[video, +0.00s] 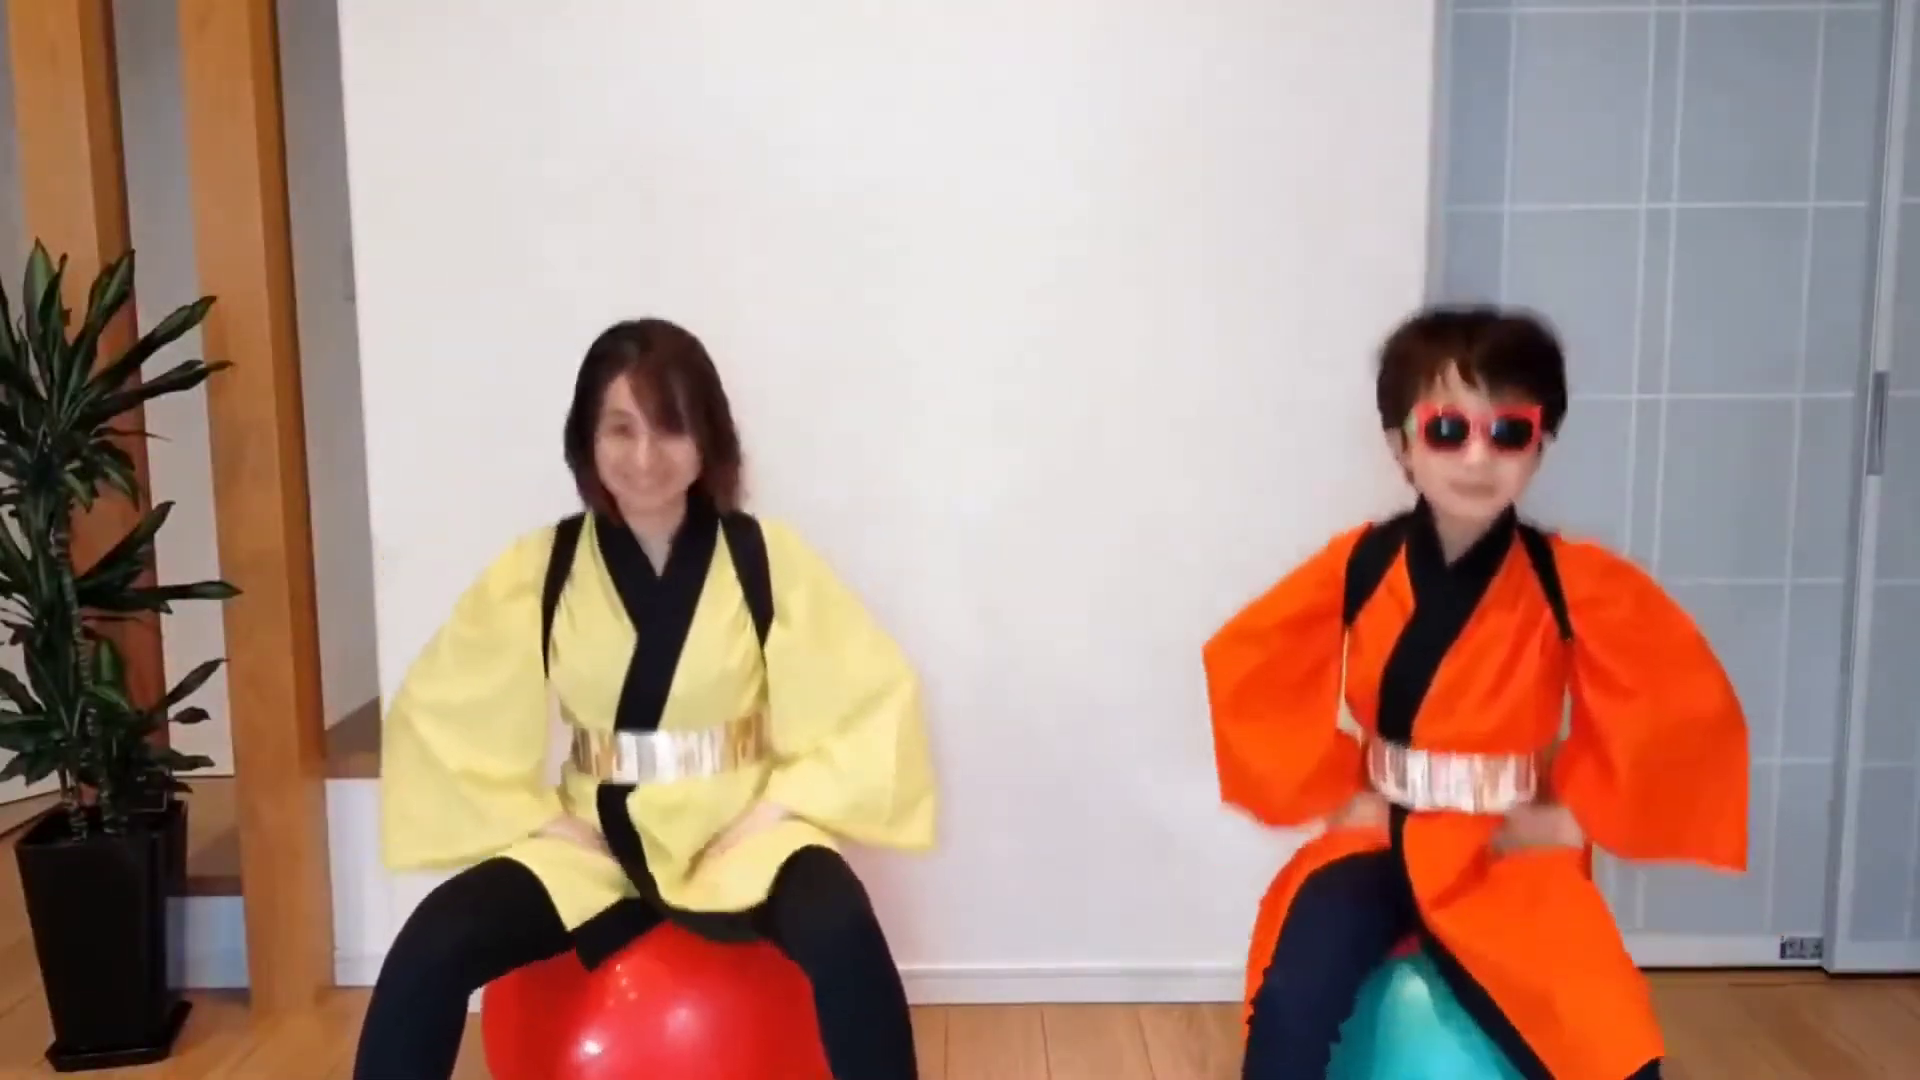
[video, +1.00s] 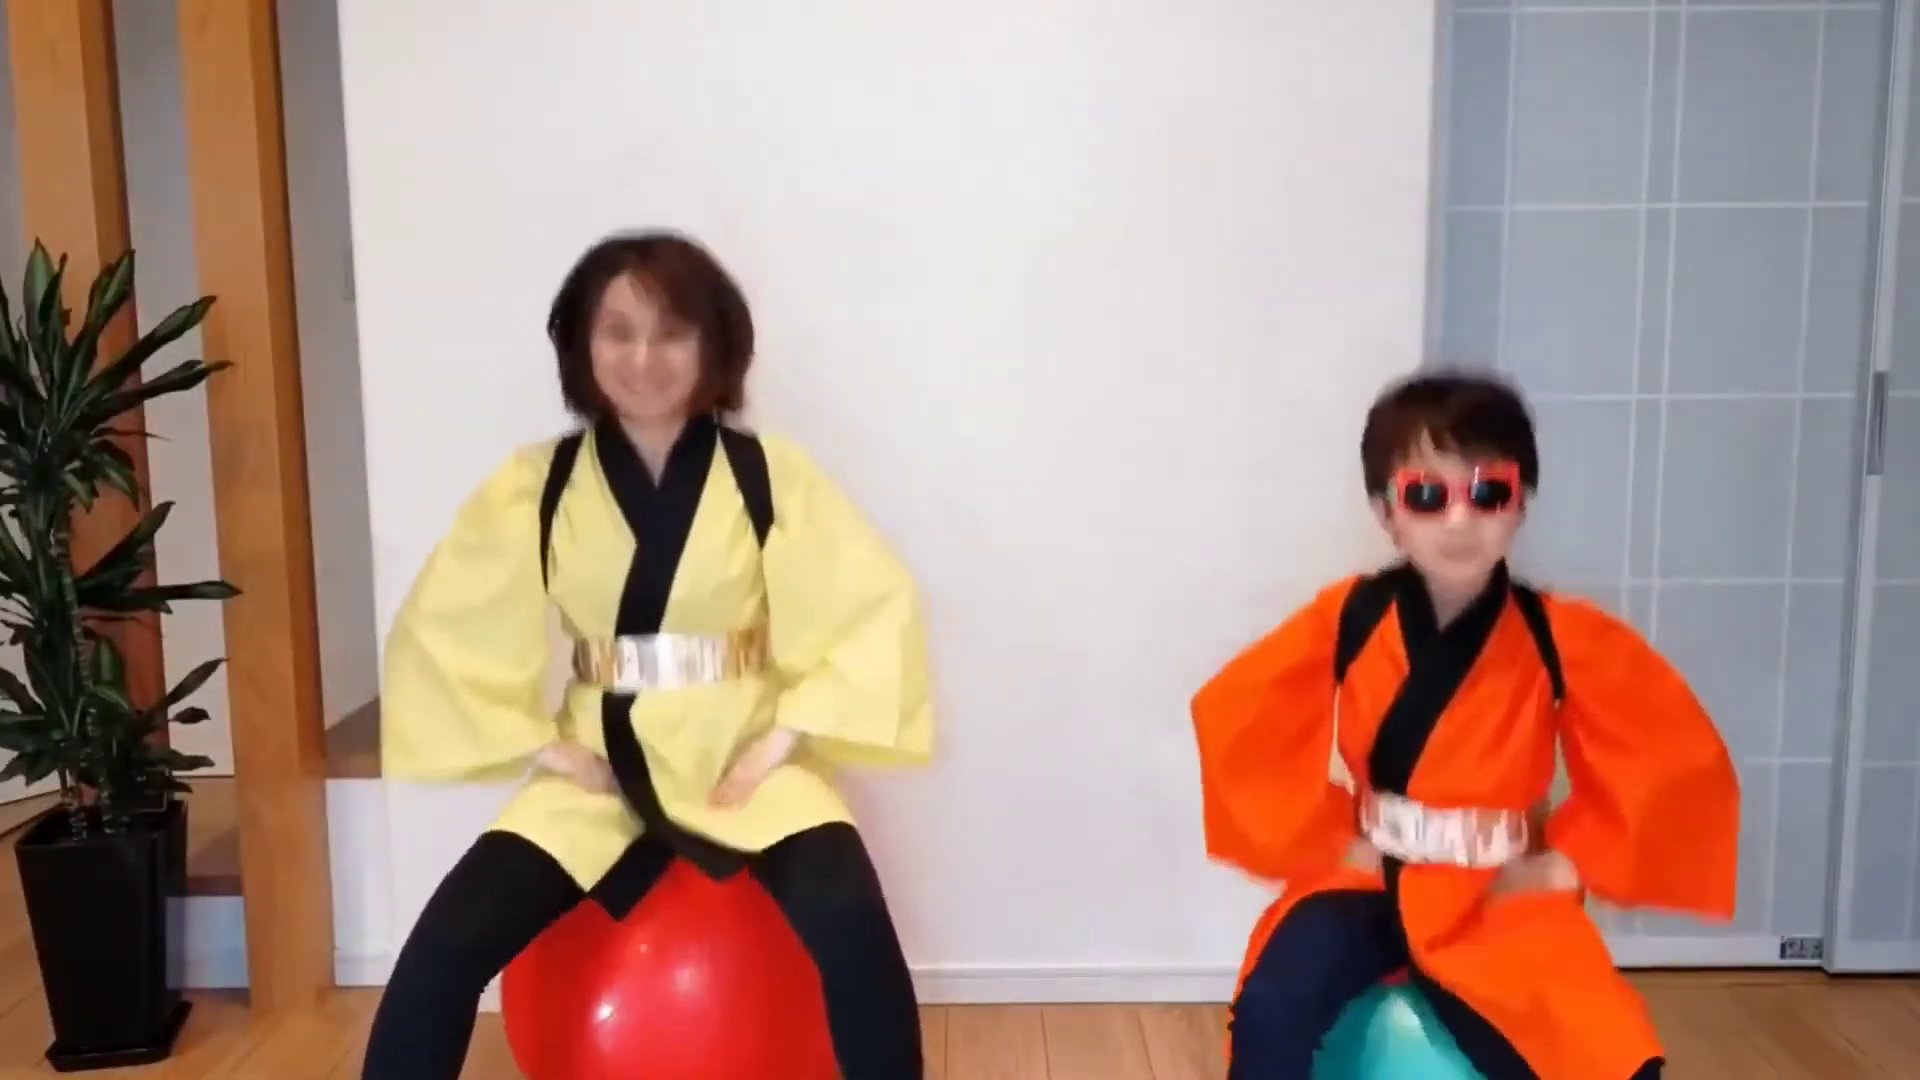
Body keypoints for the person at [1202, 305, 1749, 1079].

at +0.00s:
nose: (1477, 455)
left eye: (1510, 430)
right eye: (1446, 428)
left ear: (1541, 447)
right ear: (1402, 448)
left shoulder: (1572, 579)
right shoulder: (1361, 564)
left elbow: (1691, 709)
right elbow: (1241, 664)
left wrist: (1574, 816)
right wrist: (1337, 793)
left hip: (1514, 855)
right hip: (1375, 841)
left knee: (1615, 1041)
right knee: (1293, 997)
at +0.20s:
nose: (1473, 472)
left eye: (1505, 448)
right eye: (1443, 445)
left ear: (1538, 461)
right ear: (1401, 456)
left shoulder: (1570, 583)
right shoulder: (1360, 569)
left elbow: (1688, 702)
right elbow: (1233, 667)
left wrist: (1579, 814)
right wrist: (1330, 794)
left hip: (1513, 853)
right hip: (1374, 842)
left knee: (1611, 1039)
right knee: (1300, 983)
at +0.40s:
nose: (1465, 562)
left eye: (1496, 540)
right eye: (1435, 538)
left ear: (1528, 563)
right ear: (1393, 558)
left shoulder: (1563, 684)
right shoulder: (1355, 666)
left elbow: (1685, 804)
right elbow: (1234, 758)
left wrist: (1570, 896)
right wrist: (1332, 865)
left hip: (1506, 930)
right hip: (1376, 915)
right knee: (1332, 973)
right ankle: (1286, 1065)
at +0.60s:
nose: (1463, 413)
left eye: (1496, 390)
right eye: (1434, 387)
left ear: (1529, 410)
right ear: (1390, 411)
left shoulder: (1563, 533)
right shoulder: (1352, 523)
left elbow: (1683, 654)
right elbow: (1232, 630)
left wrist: (1576, 772)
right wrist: (1338, 748)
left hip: (1513, 818)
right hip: (1378, 809)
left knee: (1600, 1018)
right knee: (1309, 937)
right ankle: (1281, 1066)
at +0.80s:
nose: (1457, 512)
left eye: (1487, 488)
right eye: (1426, 488)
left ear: (1516, 504)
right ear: (1381, 509)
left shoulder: (1556, 626)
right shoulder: (1346, 614)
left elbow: (1676, 744)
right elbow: (1227, 712)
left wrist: (1564, 846)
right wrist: (1333, 816)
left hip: (1505, 885)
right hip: (1370, 874)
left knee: (1602, 1042)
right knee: (1303, 986)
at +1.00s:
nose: (1459, 517)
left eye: (1489, 490)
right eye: (1427, 494)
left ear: (1520, 507)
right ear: (1386, 515)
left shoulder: (1559, 635)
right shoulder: (1352, 617)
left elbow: (1678, 758)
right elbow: (1231, 714)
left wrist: (1568, 860)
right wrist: (1326, 830)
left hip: (1504, 900)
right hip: (1365, 888)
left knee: (1618, 1059)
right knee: (1272, 1011)